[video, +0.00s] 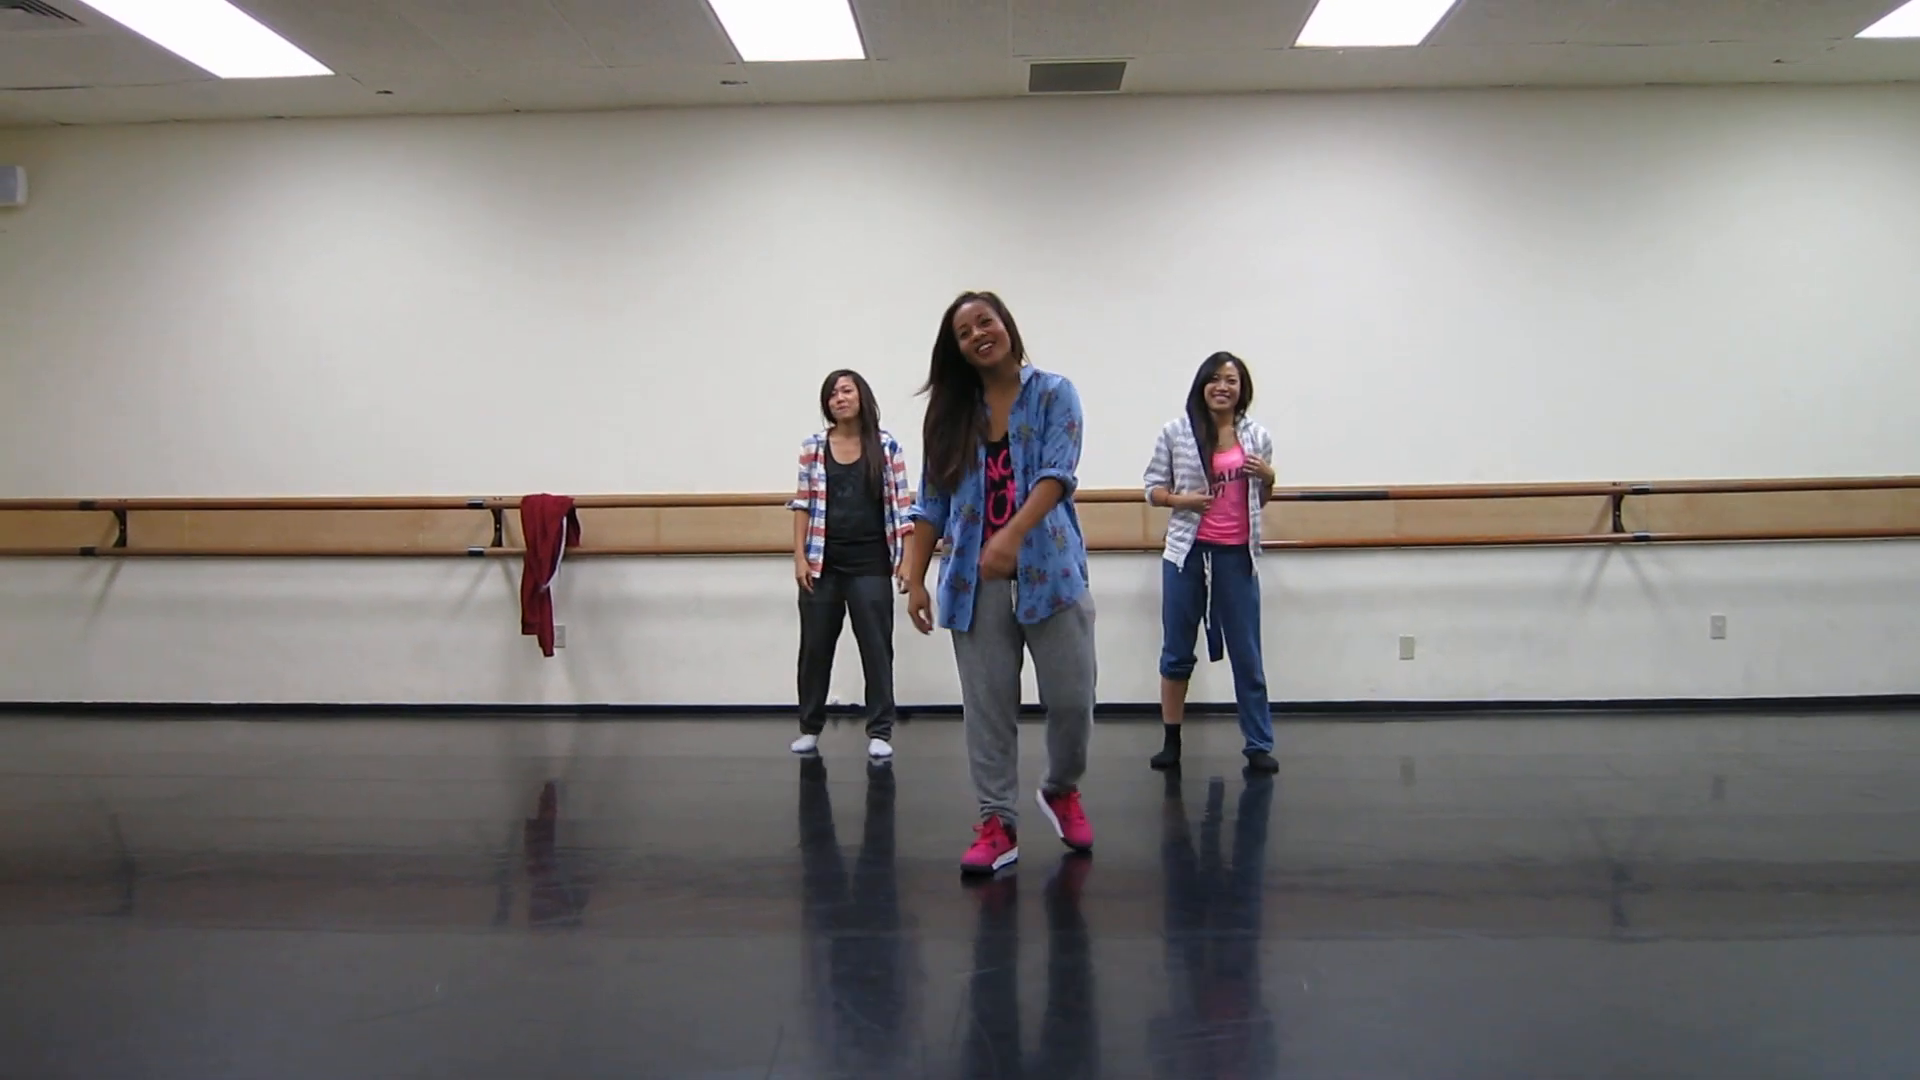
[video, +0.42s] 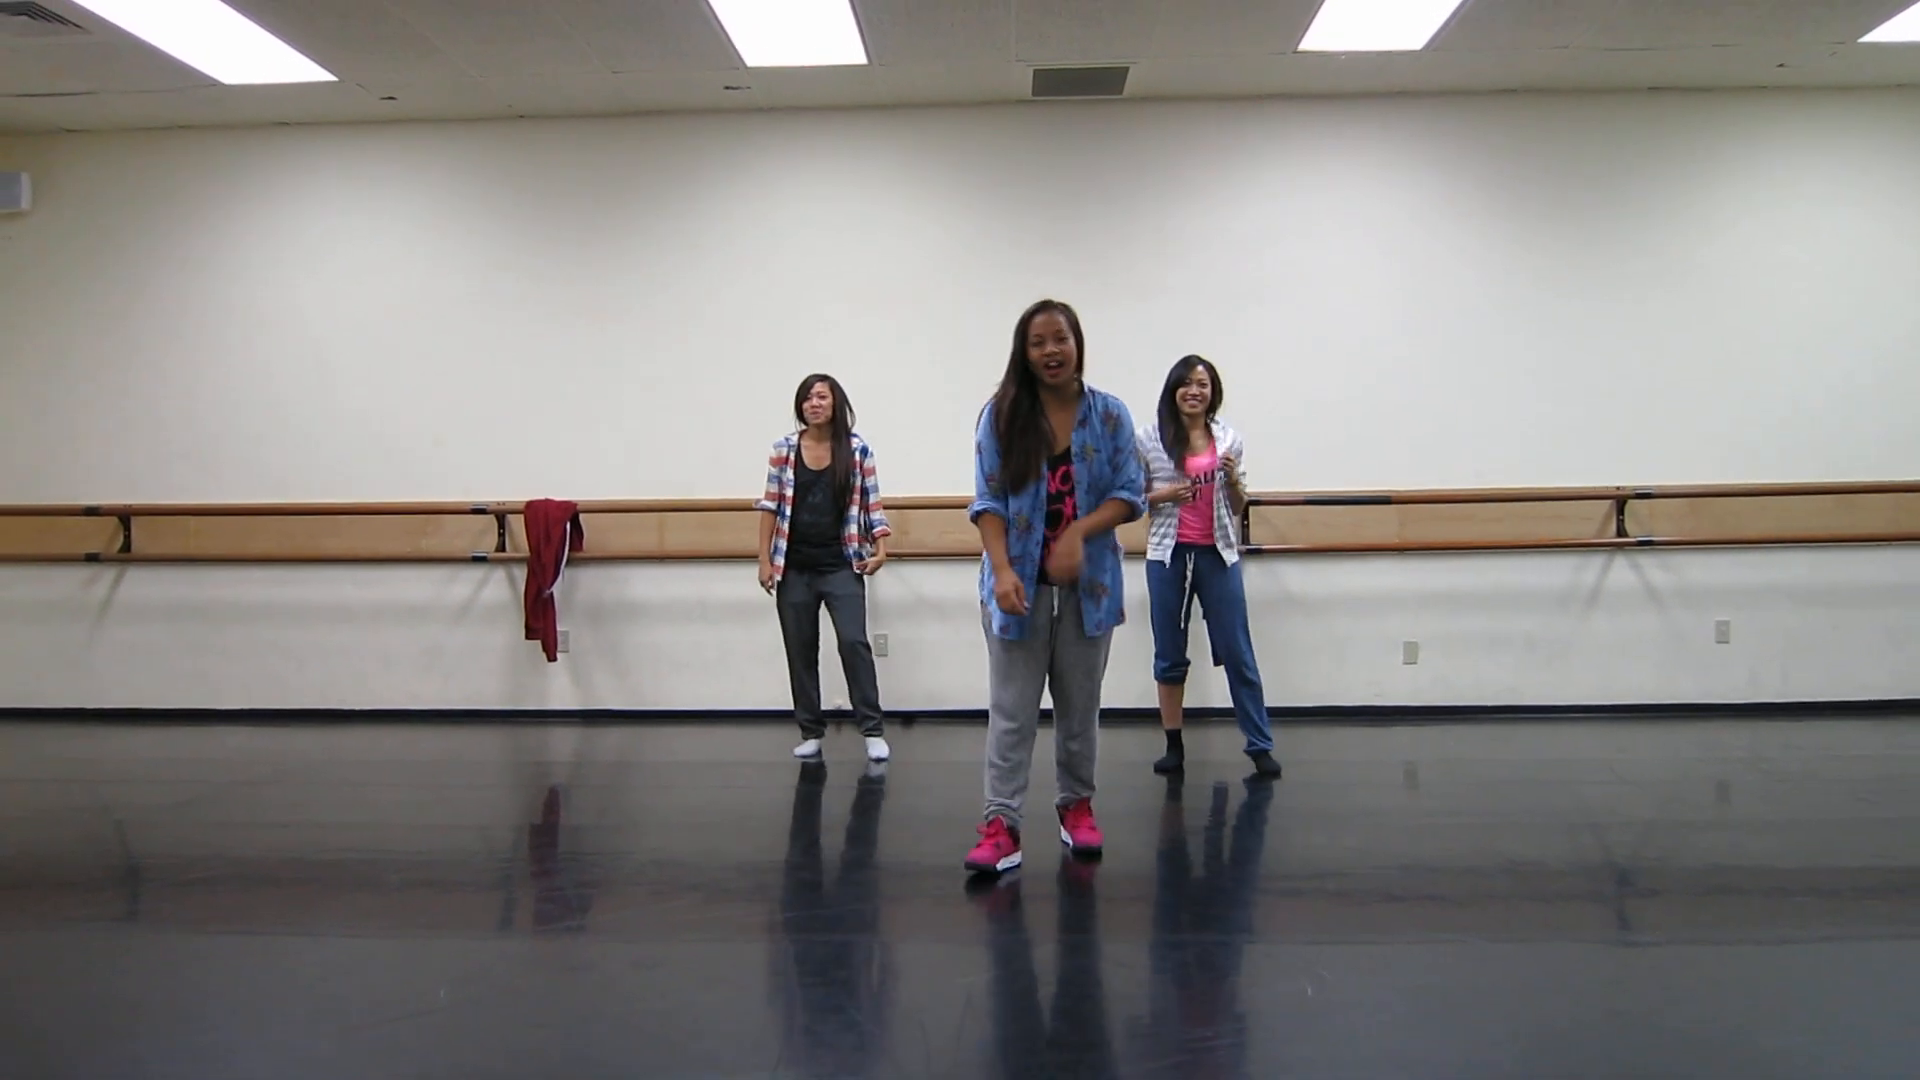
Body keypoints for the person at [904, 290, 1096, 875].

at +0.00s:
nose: (980, 333)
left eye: (986, 320)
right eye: (966, 330)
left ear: (1009, 326)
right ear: (958, 349)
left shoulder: (1053, 391)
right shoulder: (951, 413)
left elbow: (1056, 477)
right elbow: (931, 500)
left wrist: (1011, 535)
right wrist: (915, 579)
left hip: (1051, 574)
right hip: (976, 580)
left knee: (1073, 700)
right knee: (987, 707)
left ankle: (1061, 789)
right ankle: (997, 823)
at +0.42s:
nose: (1052, 350)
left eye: (1061, 338)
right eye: (1039, 342)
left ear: (1079, 344)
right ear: (1024, 352)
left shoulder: (1110, 413)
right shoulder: (1001, 416)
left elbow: (1131, 496)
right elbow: (987, 502)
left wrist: (1077, 531)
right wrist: (1002, 569)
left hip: (1087, 584)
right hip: (1018, 585)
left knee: (1079, 707)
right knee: (1012, 711)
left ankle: (1077, 808)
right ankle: (1001, 823)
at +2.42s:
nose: (1051, 327)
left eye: (1062, 318)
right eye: (1039, 318)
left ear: (1081, 332)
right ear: (1021, 333)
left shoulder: (1106, 414)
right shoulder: (985, 406)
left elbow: (1131, 505)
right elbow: (955, 498)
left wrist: (1088, 542)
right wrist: (961, 576)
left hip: (1074, 598)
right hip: (1001, 600)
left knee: (1072, 729)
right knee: (1019, 730)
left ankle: (1086, 854)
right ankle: (1030, 841)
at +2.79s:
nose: (1074, 315)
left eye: (1084, 306)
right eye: (1061, 308)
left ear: (1104, 324)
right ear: (1043, 327)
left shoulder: (1134, 408)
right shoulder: (1007, 397)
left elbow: (1184, 470)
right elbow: (938, 462)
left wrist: (1175, 497)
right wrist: (942, 520)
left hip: (1096, 597)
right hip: (1017, 596)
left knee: (1076, 734)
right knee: (1020, 731)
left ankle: (1086, 859)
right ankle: (1011, 800)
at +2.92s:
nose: (1068, 329)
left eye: (1078, 321)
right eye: (1055, 324)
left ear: (1097, 339)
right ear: (1038, 344)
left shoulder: (1130, 420)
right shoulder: (1003, 413)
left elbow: (1193, 485)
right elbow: (941, 473)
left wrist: (1205, 422)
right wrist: (931, 427)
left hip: (1098, 612)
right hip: (1021, 612)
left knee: (1087, 746)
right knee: (1017, 749)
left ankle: (1083, 863)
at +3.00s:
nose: (1059, 321)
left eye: (1070, 312)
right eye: (1046, 315)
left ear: (1090, 330)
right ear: (1028, 335)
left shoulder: (1119, 408)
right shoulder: (996, 405)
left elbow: (1171, 481)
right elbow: (945, 476)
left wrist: (1228, 434)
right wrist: (910, 411)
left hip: (1096, 601)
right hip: (1017, 603)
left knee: (1090, 741)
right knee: (1032, 732)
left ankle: (1088, 863)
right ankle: (996, 725)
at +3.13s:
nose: (1050, 335)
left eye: (1061, 325)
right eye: (1036, 329)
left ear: (1081, 341)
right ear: (1016, 348)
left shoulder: (1102, 409)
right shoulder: (990, 403)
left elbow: (1128, 464)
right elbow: (980, 436)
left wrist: (1092, 460)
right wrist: (1005, 406)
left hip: (1087, 597)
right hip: (1010, 600)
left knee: (1086, 740)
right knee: (1033, 733)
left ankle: (1091, 863)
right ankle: (1047, 873)